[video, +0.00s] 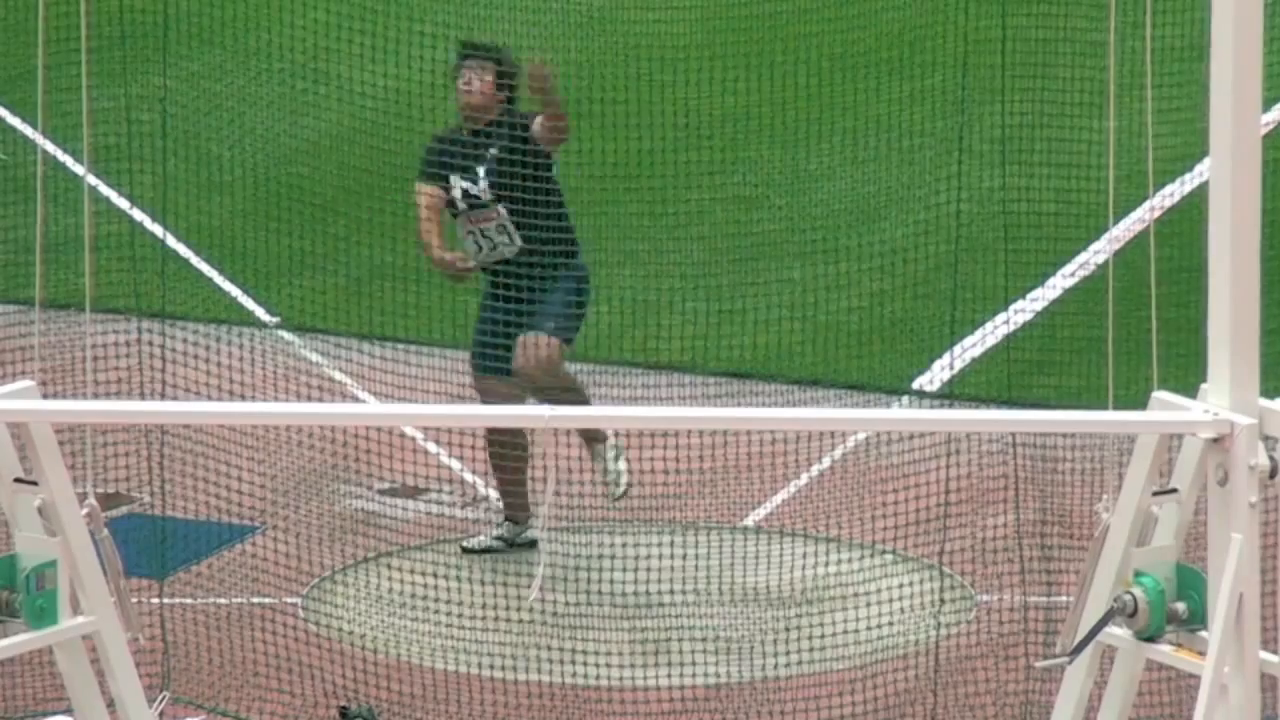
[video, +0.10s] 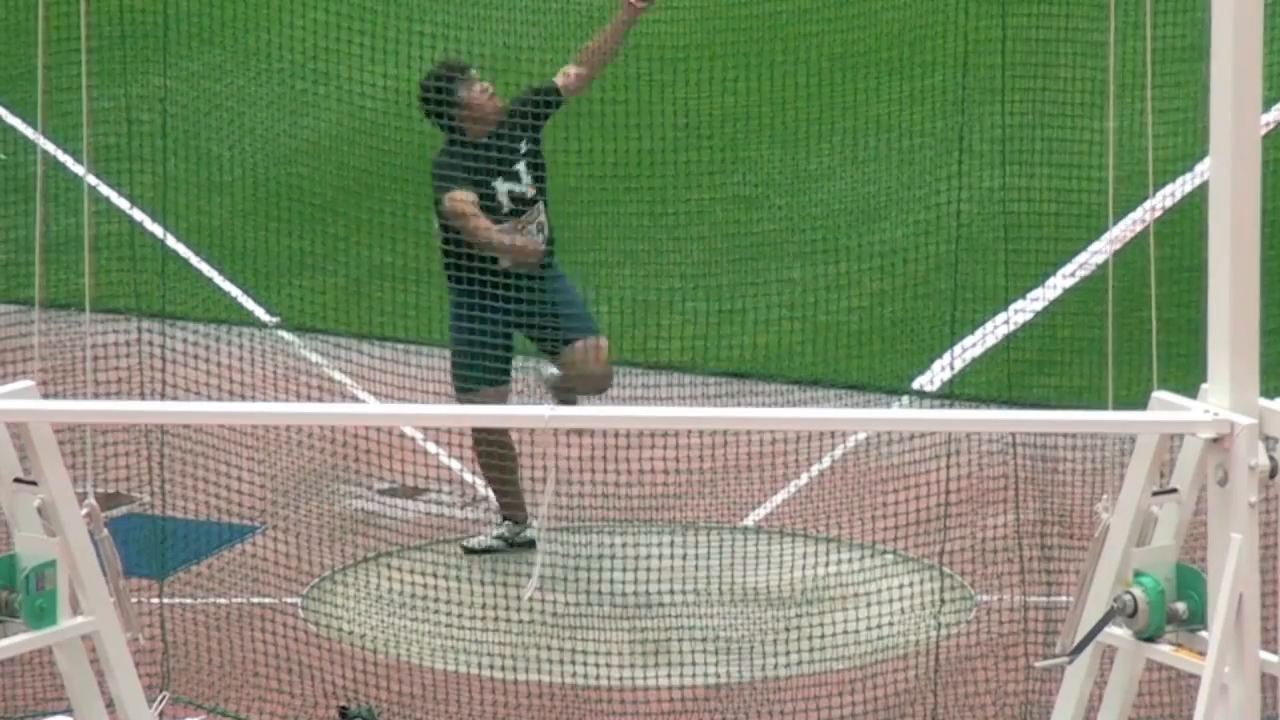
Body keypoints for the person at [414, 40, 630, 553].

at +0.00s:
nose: (469, 86)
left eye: (480, 79)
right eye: (464, 79)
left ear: (501, 90)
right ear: (455, 89)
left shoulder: (520, 129)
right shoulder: (444, 149)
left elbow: (553, 131)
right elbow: (429, 211)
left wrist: (550, 104)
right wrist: (438, 254)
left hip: (558, 276)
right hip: (504, 286)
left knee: (536, 363)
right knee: (496, 398)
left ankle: (600, 444)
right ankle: (518, 525)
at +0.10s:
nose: (486, 86)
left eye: (480, 80)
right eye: (473, 86)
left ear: (487, 92)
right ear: (457, 110)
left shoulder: (525, 117)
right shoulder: (451, 164)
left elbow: (581, 70)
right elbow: (464, 218)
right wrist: (509, 241)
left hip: (540, 278)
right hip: (479, 294)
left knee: (595, 372)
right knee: (485, 410)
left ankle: (557, 387)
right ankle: (515, 523)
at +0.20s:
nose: (523, 88)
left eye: (520, 82)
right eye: (514, 84)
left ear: (506, 98)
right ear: (494, 100)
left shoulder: (509, 129)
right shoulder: (486, 146)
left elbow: (519, 86)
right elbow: (531, 158)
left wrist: (531, 53)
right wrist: (582, 143)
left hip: (513, 281)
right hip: (477, 292)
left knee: (544, 362)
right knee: (493, 391)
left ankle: (429, 392)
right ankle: (469, 502)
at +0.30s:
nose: (534, 102)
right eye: (531, 96)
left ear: (485, 101)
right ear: (532, 103)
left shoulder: (469, 138)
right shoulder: (546, 147)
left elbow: (426, 126)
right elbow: (600, 112)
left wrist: (387, 112)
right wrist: (632, 47)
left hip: (447, 293)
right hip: (499, 306)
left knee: (443, 368)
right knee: (497, 400)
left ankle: (375, 446)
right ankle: (458, 500)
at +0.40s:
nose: (514, 93)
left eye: (506, 83)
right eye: (521, 85)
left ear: (487, 89)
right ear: (533, 93)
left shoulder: (458, 132)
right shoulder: (553, 139)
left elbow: (381, 143)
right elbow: (630, 116)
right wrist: (684, 75)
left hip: (445, 291)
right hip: (505, 301)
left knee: (425, 398)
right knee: (517, 400)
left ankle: (403, 510)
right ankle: (466, 502)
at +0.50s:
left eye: (477, 76)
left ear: (469, 81)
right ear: (518, 83)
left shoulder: (451, 129)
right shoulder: (542, 135)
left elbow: (389, 146)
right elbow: (598, 166)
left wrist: (333, 154)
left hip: (458, 299)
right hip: (521, 302)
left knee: (443, 411)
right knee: (524, 404)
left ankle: (447, 537)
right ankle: (483, 506)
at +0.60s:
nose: (453, 91)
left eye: (454, 83)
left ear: (456, 86)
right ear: (504, 89)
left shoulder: (448, 135)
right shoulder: (528, 136)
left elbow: (396, 183)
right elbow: (516, 205)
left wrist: (383, 186)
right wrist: (461, 241)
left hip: (475, 303)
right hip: (537, 302)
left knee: (452, 415)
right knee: (537, 401)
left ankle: (451, 546)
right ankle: (500, 504)